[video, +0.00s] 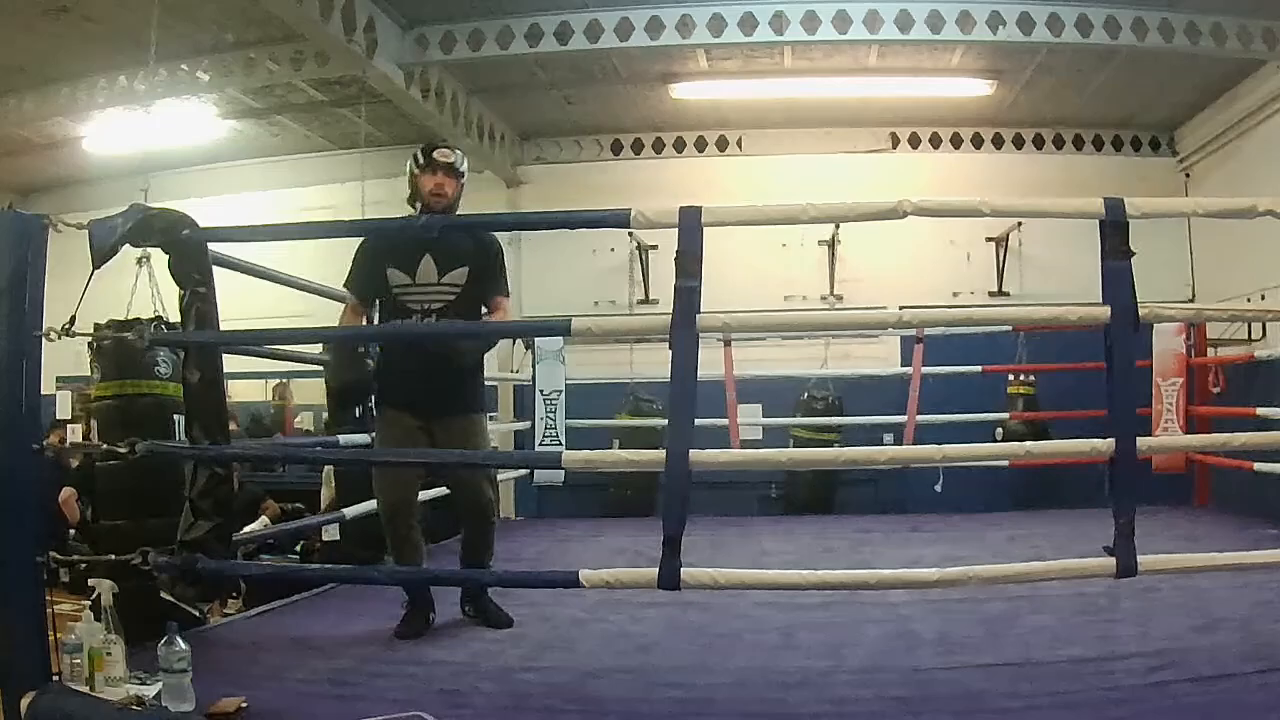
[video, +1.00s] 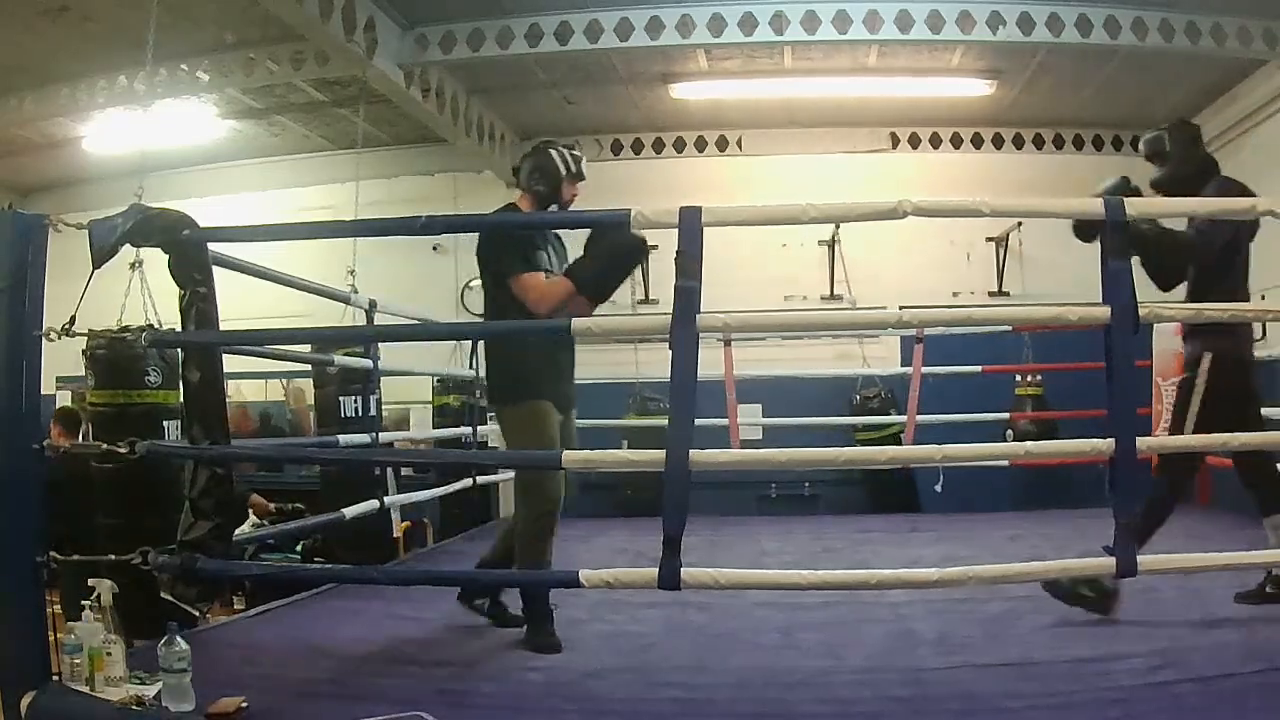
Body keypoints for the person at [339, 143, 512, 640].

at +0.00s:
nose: (439, 181)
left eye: (448, 174)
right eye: (430, 171)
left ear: (460, 185)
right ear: (413, 180)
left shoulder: (481, 244)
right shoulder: (380, 242)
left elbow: (501, 314)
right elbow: (353, 313)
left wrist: (472, 342)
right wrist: (348, 362)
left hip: (461, 400)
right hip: (398, 399)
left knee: (480, 502)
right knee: (396, 505)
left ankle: (475, 594)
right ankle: (418, 602)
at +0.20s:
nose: (472, 161)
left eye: (476, 155)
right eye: (464, 150)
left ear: (477, 164)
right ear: (436, 151)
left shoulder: (482, 220)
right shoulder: (391, 207)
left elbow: (501, 297)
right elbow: (361, 282)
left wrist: (490, 302)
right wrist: (407, 308)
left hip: (469, 371)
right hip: (409, 371)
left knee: (478, 477)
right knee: (406, 484)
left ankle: (468, 587)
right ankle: (409, 594)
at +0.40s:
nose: (485, 180)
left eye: (486, 173)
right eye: (478, 170)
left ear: (476, 181)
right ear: (451, 174)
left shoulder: (477, 236)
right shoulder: (419, 228)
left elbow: (477, 303)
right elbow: (393, 301)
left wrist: (506, 316)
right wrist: (452, 321)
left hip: (477, 387)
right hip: (428, 387)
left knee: (494, 488)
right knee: (423, 495)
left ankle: (469, 599)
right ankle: (409, 604)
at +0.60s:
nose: (514, 183)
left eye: (514, 176)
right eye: (508, 173)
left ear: (487, 177)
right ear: (481, 173)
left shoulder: (489, 235)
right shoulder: (445, 225)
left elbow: (487, 298)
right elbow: (436, 300)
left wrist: (529, 302)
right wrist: (506, 302)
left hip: (494, 383)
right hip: (458, 383)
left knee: (494, 491)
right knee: (470, 486)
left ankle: (468, 599)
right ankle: (420, 583)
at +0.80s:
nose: (538, 208)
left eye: (540, 201)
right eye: (536, 198)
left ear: (524, 194)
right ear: (519, 190)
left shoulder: (511, 232)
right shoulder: (470, 224)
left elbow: (550, 298)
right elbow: (524, 276)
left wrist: (575, 241)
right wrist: (555, 229)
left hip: (506, 375)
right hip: (478, 375)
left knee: (494, 484)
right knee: (513, 477)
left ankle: (468, 595)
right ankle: (498, 602)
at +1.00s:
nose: (579, 193)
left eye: (580, 183)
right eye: (576, 183)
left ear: (545, 181)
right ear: (554, 181)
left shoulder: (551, 234)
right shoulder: (504, 227)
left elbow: (574, 304)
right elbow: (538, 299)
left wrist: (616, 266)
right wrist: (593, 262)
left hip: (557, 387)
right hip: (523, 388)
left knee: (549, 496)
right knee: (541, 497)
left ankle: (482, 582)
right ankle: (538, 619)